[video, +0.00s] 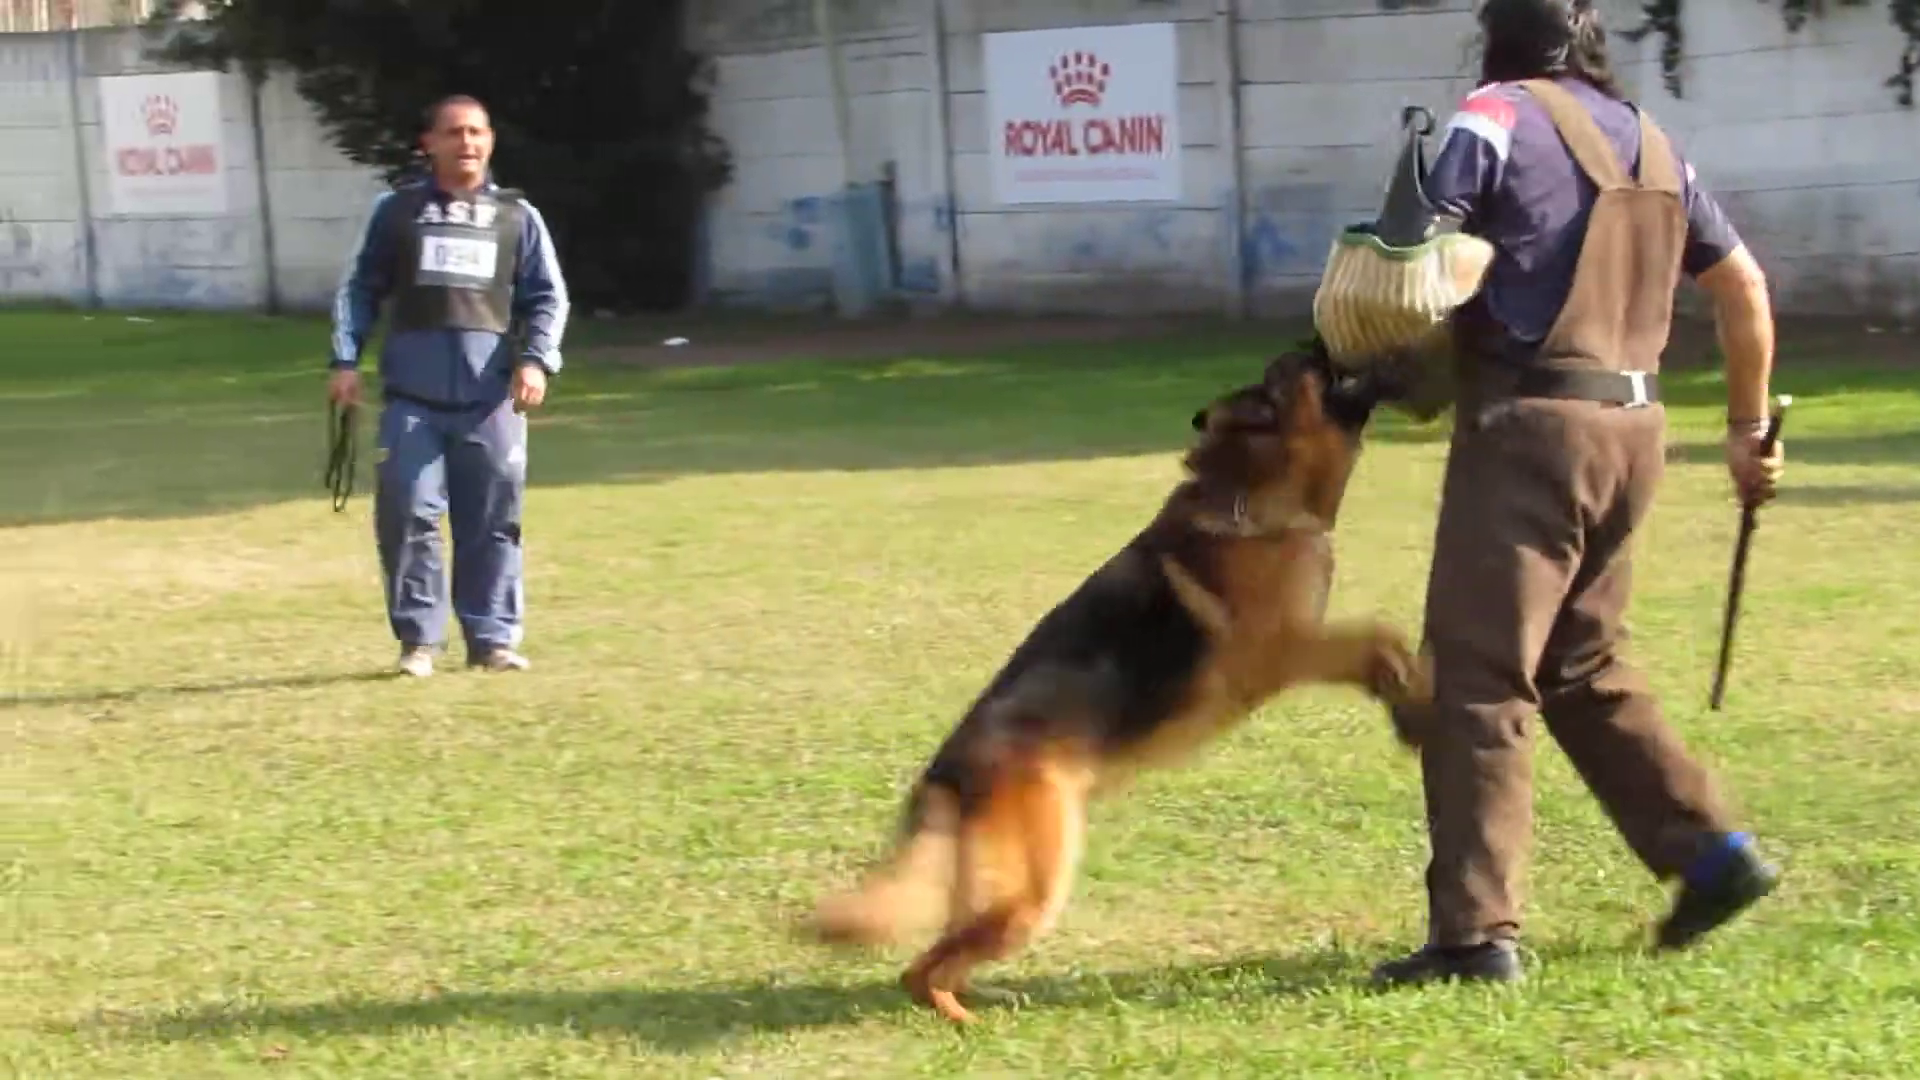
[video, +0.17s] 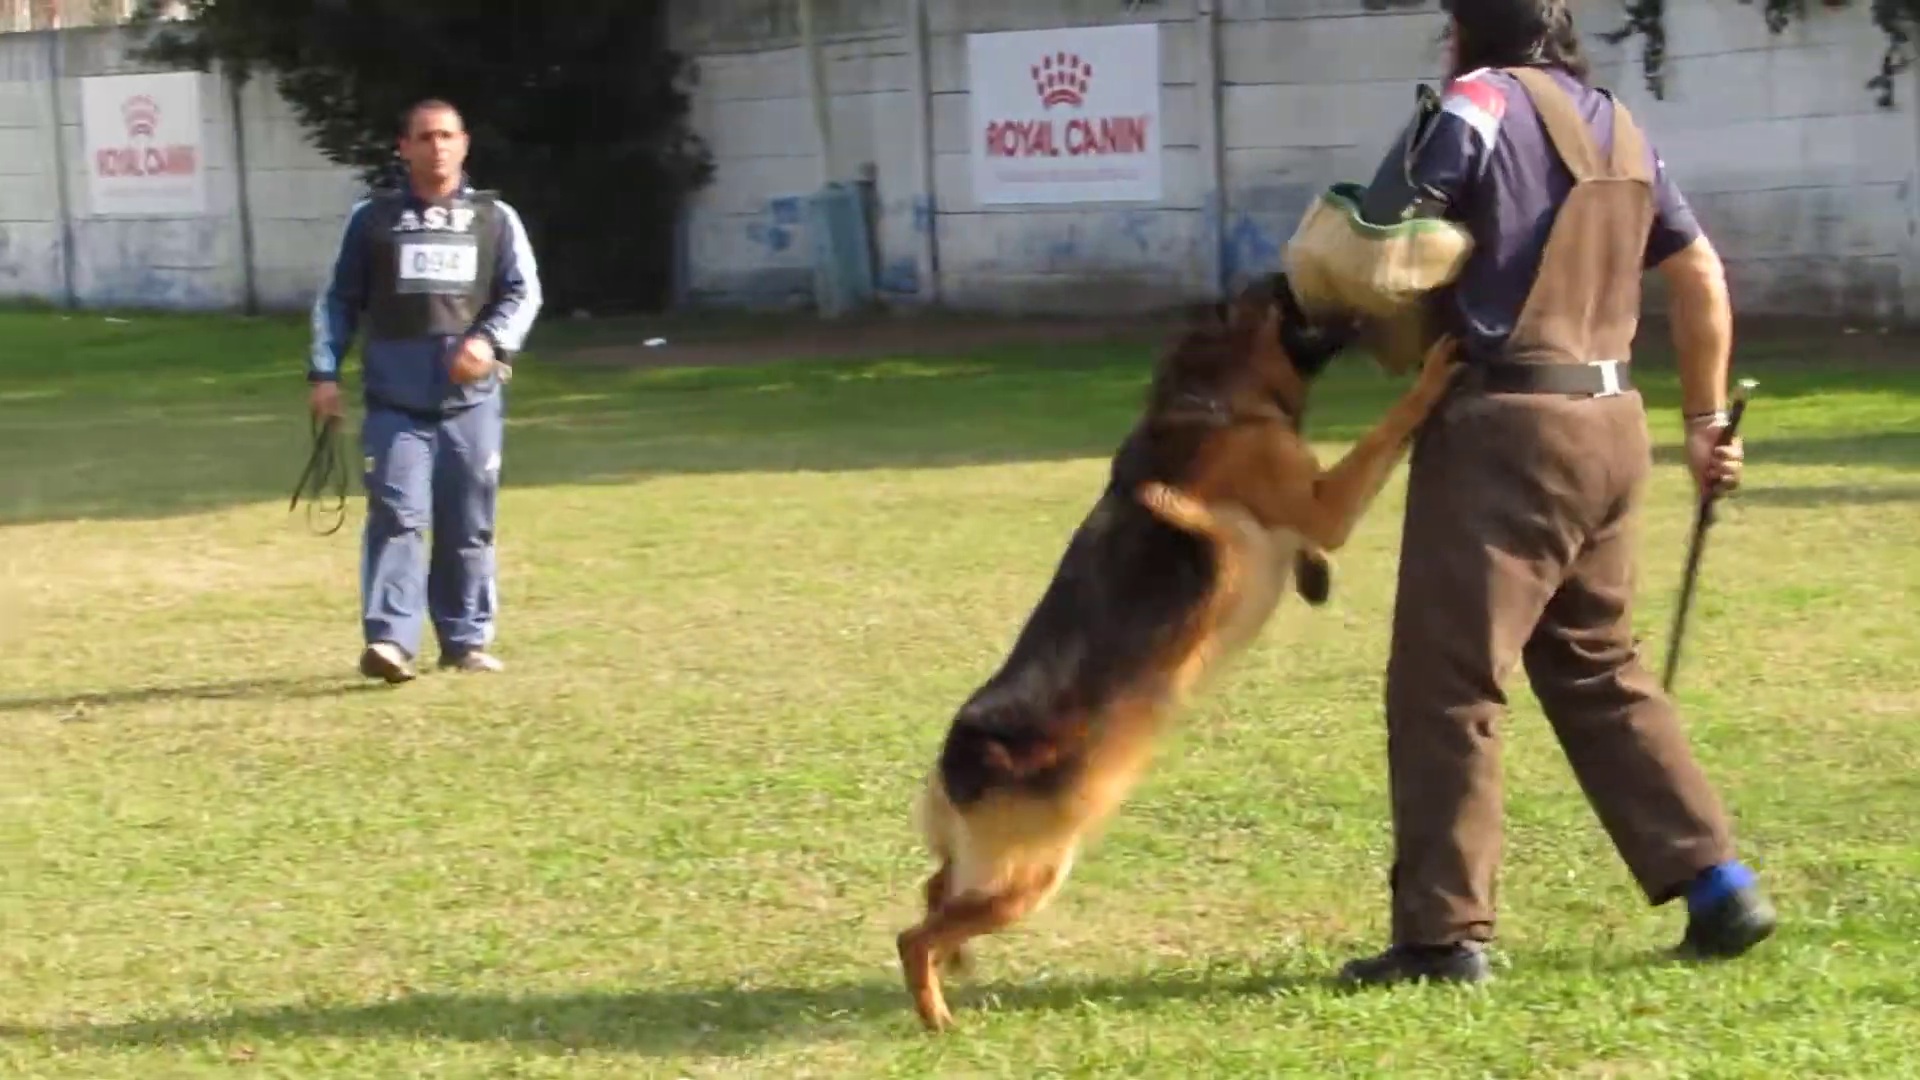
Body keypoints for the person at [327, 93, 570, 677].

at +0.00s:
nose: (468, 141)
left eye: (476, 131)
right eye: (455, 132)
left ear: (491, 142)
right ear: (428, 144)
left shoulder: (517, 216)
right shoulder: (396, 211)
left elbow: (547, 296)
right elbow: (360, 288)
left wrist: (536, 360)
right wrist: (345, 360)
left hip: (491, 398)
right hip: (413, 398)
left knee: (495, 521)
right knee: (408, 514)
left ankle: (493, 640)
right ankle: (417, 641)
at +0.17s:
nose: (438, 145)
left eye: (447, 135)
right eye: (426, 137)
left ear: (465, 145)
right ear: (404, 148)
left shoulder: (495, 218)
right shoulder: (373, 218)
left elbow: (523, 292)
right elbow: (339, 298)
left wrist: (489, 340)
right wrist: (324, 372)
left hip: (471, 396)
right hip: (395, 398)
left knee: (469, 526)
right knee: (398, 516)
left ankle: (466, 641)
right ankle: (390, 641)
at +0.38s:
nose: (317, 159)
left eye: (329, 148)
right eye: (314, 149)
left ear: (367, 154)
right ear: (317, 158)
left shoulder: (421, 221)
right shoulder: (298, 236)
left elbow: (460, 287)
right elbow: (272, 321)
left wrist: (427, 324)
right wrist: (267, 398)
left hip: (417, 404)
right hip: (340, 411)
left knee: (423, 524)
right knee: (348, 533)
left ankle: (424, 642)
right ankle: (351, 662)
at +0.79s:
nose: (287, 175)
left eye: (298, 167)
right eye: (287, 165)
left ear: (338, 174)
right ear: (316, 175)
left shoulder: (405, 231)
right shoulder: (278, 244)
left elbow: (448, 301)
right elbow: (251, 329)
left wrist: (461, 377)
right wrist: (256, 401)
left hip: (397, 412)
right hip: (319, 420)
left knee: (403, 532)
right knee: (331, 547)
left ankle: (406, 668)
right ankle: (346, 668)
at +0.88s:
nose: (279, 186)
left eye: (290, 179)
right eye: (280, 177)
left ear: (330, 186)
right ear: (309, 186)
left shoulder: (391, 246)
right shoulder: (265, 252)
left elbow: (432, 317)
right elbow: (230, 336)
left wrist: (437, 392)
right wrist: (231, 412)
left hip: (370, 419)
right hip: (292, 422)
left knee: (372, 550)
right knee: (297, 548)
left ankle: (371, 681)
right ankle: (317, 665)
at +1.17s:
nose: (168, 172)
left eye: (182, 162)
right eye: (166, 161)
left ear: (221, 169)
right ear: (169, 167)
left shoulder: (273, 240)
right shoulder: (142, 241)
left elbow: (306, 318)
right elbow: (105, 325)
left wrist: (281, 379)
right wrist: (96, 404)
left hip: (246, 433)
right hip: (163, 433)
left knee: (245, 568)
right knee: (159, 564)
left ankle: (244, 693)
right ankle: (162, 701)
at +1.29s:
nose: (183, 178)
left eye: (192, 167)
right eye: (169, 168)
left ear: (210, 175)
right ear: (146, 178)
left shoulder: (246, 245)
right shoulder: (116, 256)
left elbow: (289, 309)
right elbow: (79, 340)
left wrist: (253, 331)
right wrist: (65, 416)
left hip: (228, 444)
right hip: (143, 445)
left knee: (227, 572)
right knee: (136, 567)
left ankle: (223, 697)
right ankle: (122, 707)